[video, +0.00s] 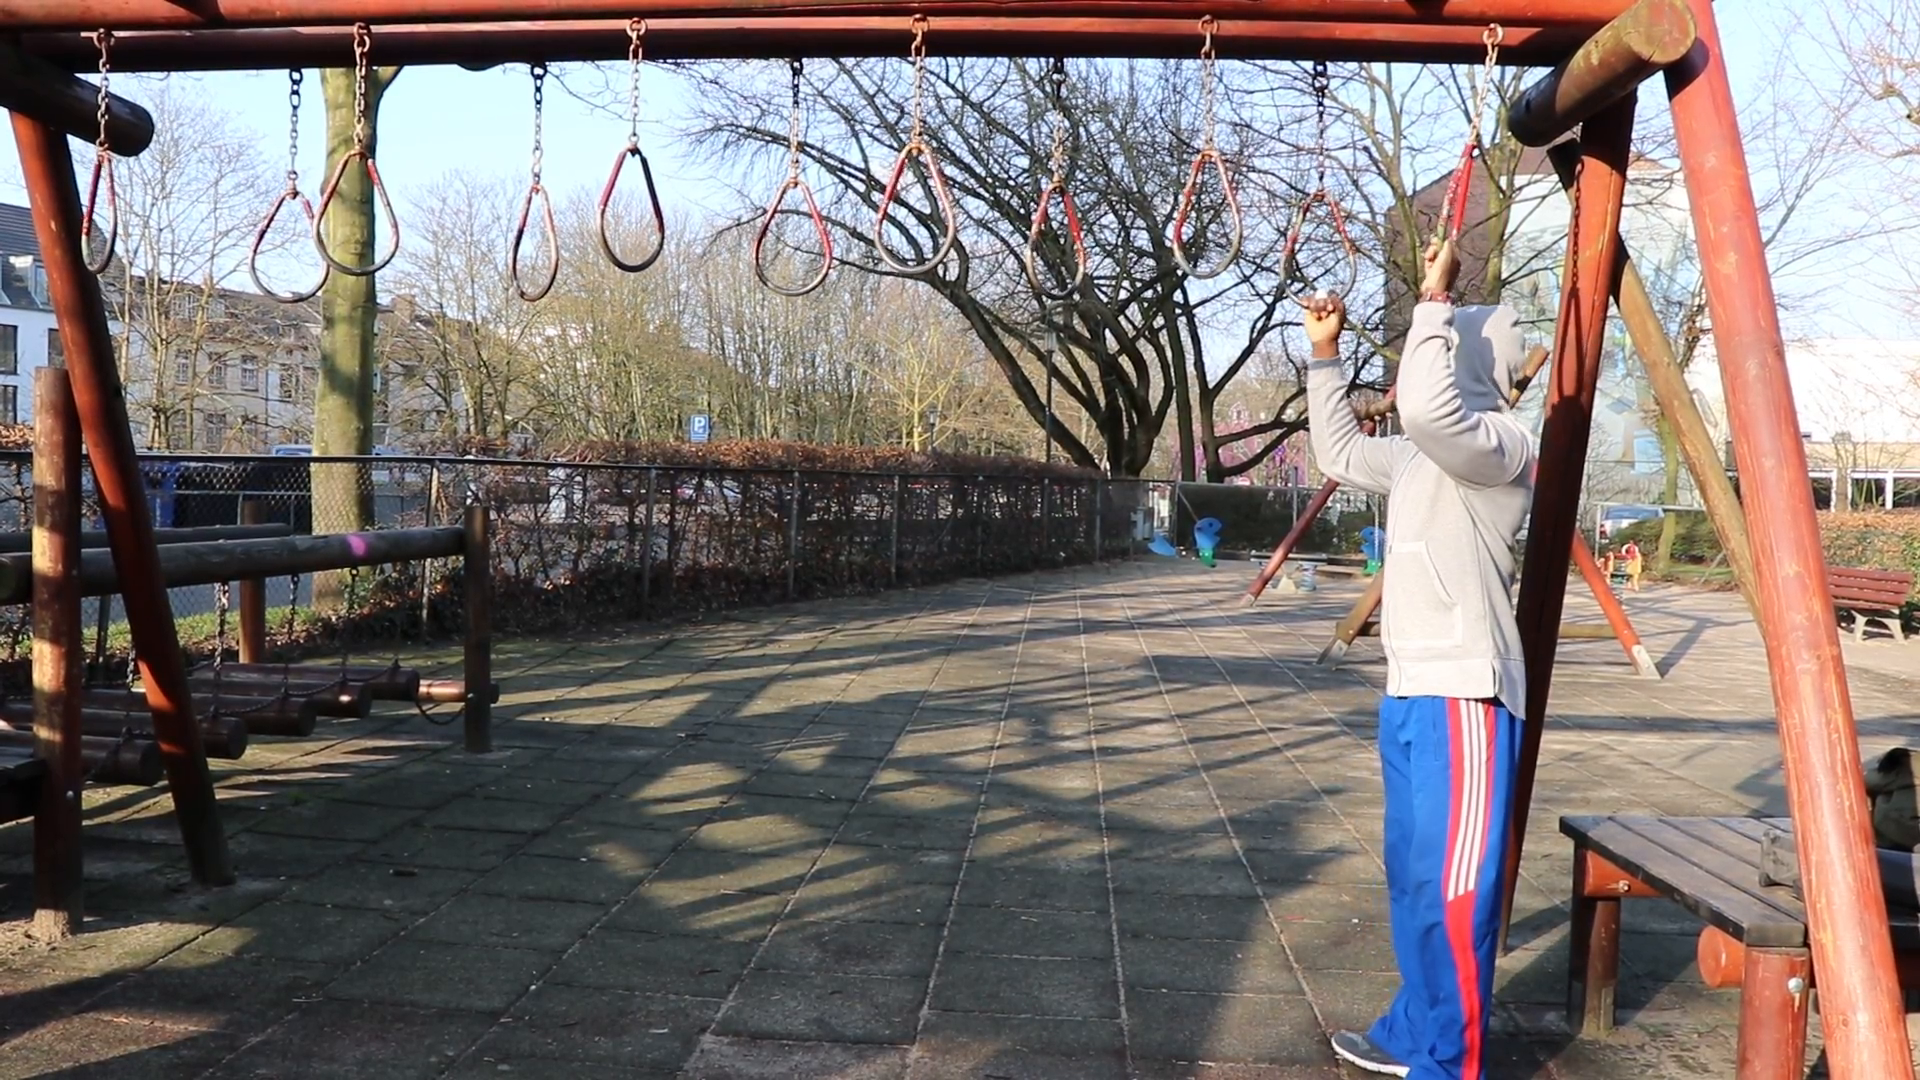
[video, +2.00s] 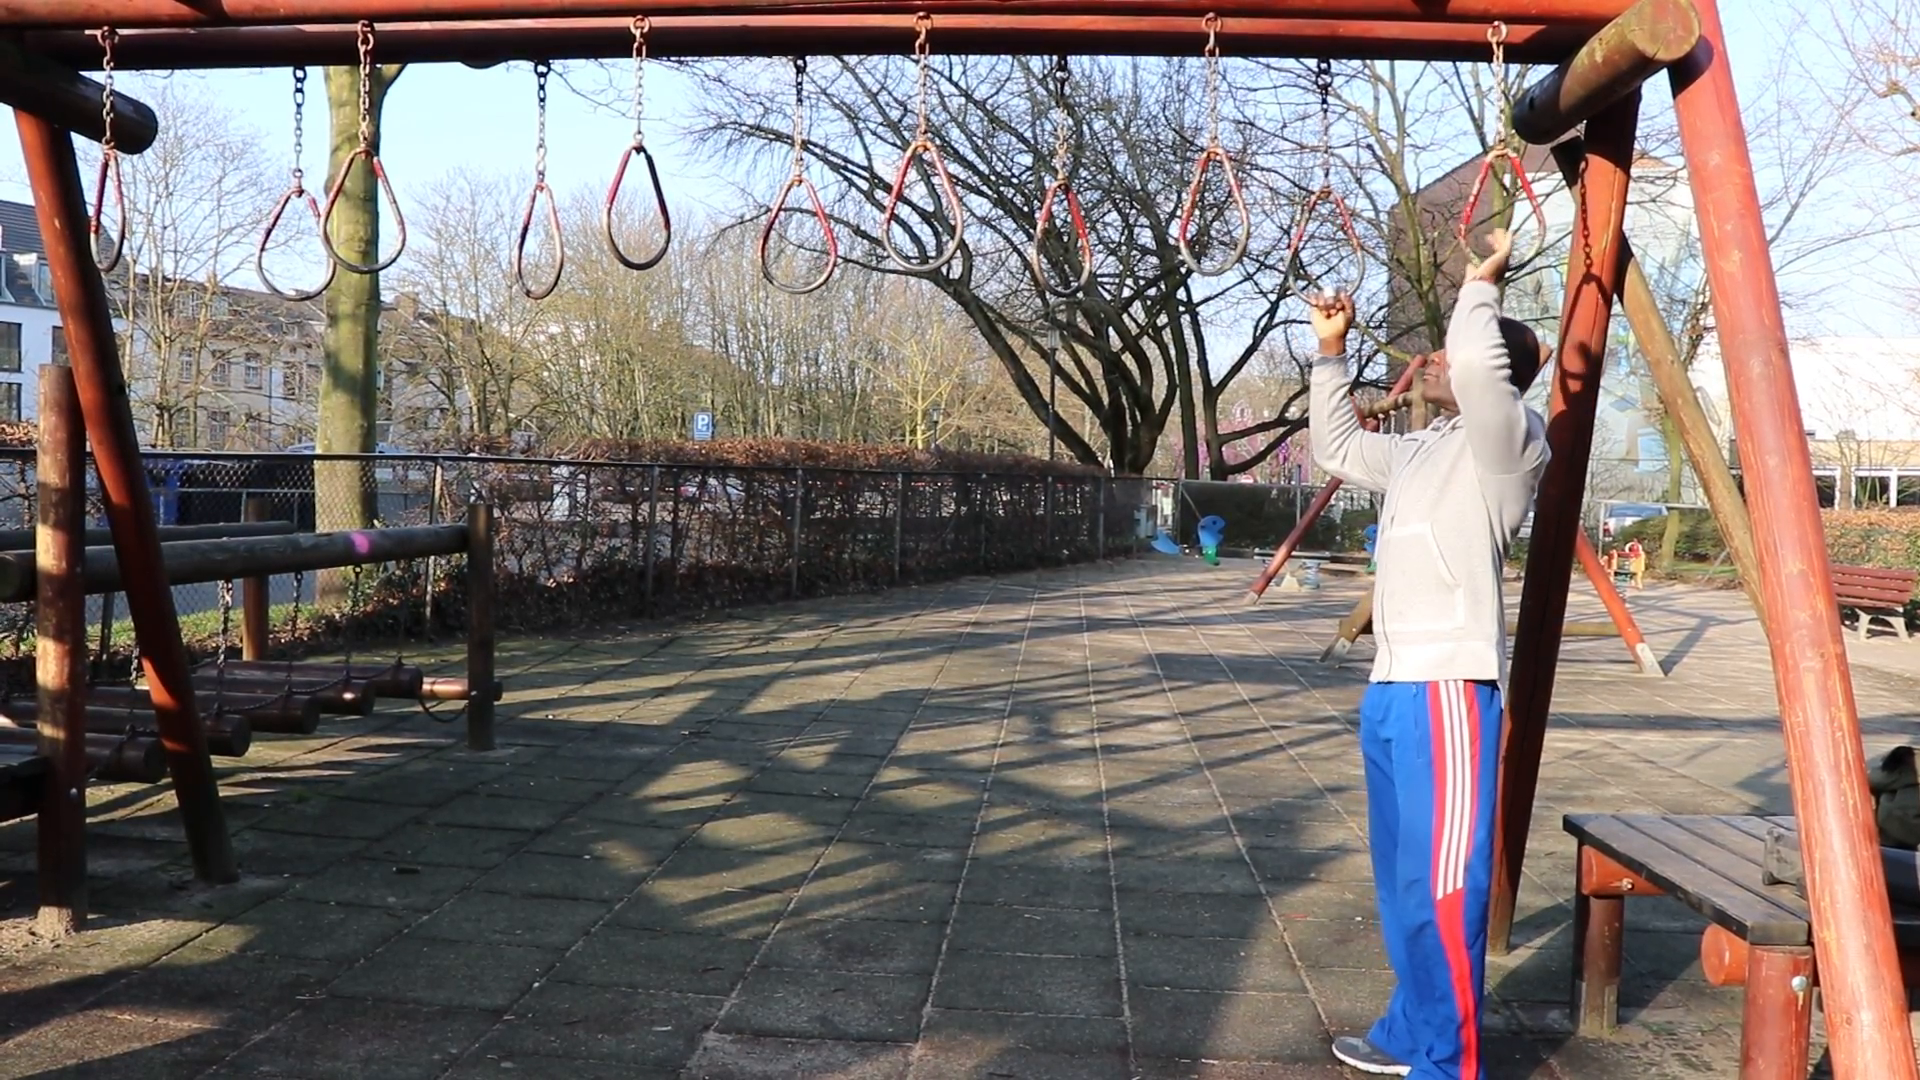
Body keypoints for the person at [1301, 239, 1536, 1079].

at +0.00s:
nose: (1427, 362)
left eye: (1453, 344)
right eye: (1431, 347)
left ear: (1483, 364)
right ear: (1474, 367)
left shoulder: (1505, 445)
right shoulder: (1419, 454)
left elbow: (1430, 414)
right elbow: (1339, 451)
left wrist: (1433, 304)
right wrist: (1325, 354)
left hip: (1469, 694)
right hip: (1415, 694)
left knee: (1456, 884)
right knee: (1414, 877)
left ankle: (1451, 1056)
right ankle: (1411, 1032)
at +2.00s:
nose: (1428, 359)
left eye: (1448, 353)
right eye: (1434, 348)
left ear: (1493, 372)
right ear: (1443, 372)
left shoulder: (1502, 441)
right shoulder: (1414, 450)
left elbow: (1474, 361)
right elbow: (1335, 447)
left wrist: (1480, 283)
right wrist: (1330, 351)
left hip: (1452, 689)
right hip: (1395, 690)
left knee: (1447, 882)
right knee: (1404, 879)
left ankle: (1449, 1057)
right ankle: (1411, 1032)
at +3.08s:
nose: (1462, 356)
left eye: (1484, 348)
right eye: (1467, 345)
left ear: (1523, 378)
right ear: (1492, 372)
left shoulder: (1512, 439)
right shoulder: (1457, 429)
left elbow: (1396, 447)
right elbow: (1348, 453)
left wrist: (1410, 325)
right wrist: (1362, 343)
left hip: (1462, 688)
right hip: (1408, 683)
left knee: (1441, 886)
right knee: (1401, 877)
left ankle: (1448, 1059)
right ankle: (1412, 1034)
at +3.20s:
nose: (1453, 347)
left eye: (1475, 342)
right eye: (1458, 337)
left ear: (1513, 376)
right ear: (1462, 368)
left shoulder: (1498, 437)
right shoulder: (1447, 430)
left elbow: (1379, 430)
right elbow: (1341, 455)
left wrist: (1312, 327)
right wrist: (1362, 344)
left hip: (1460, 691)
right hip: (1410, 684)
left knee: (1441, 882)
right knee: (1399, 871)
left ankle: (1450, 1059)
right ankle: (1410, 1034)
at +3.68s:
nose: (1402, 359)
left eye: (1421, 349)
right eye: (1409, 347)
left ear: (1466, 376)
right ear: (1460, 376)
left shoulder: (1454, 436)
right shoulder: (1427, 432)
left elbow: (1317, 427)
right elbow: (1323, 442)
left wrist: (1294, 309)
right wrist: (1343, 343)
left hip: (1407, 674)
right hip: (1367, 666)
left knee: (1356, 868)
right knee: (1316, 836)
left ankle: (1411, 1053)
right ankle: (1386, 1010)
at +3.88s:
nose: (1360, 369)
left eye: (1380, 358)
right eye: (1370, 357)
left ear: (1420, 383)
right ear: (1419, 383)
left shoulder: (1400, 444)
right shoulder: (1395, 437)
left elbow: (1254, 436)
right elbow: (1291, 439)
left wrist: (1248, 318)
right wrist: (1322, 344)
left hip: (1340, 676)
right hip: (1314, 663)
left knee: (1236, 850)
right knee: (1217, 802)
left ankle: (1280, 1043)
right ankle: (1290, 992)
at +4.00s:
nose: (1328, 360)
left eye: (1348, 352)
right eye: (1335, 347)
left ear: (1388, 377)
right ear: (1386, 377)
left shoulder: (1366, 439)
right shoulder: (1369, 434)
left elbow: (1215, 435)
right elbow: (1273, 430)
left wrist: (1223, 317)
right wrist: (1306, 343)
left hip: (1298, 667)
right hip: (1280, 650)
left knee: (1148, 804)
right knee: (1152, 719)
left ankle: (1165, 1010)